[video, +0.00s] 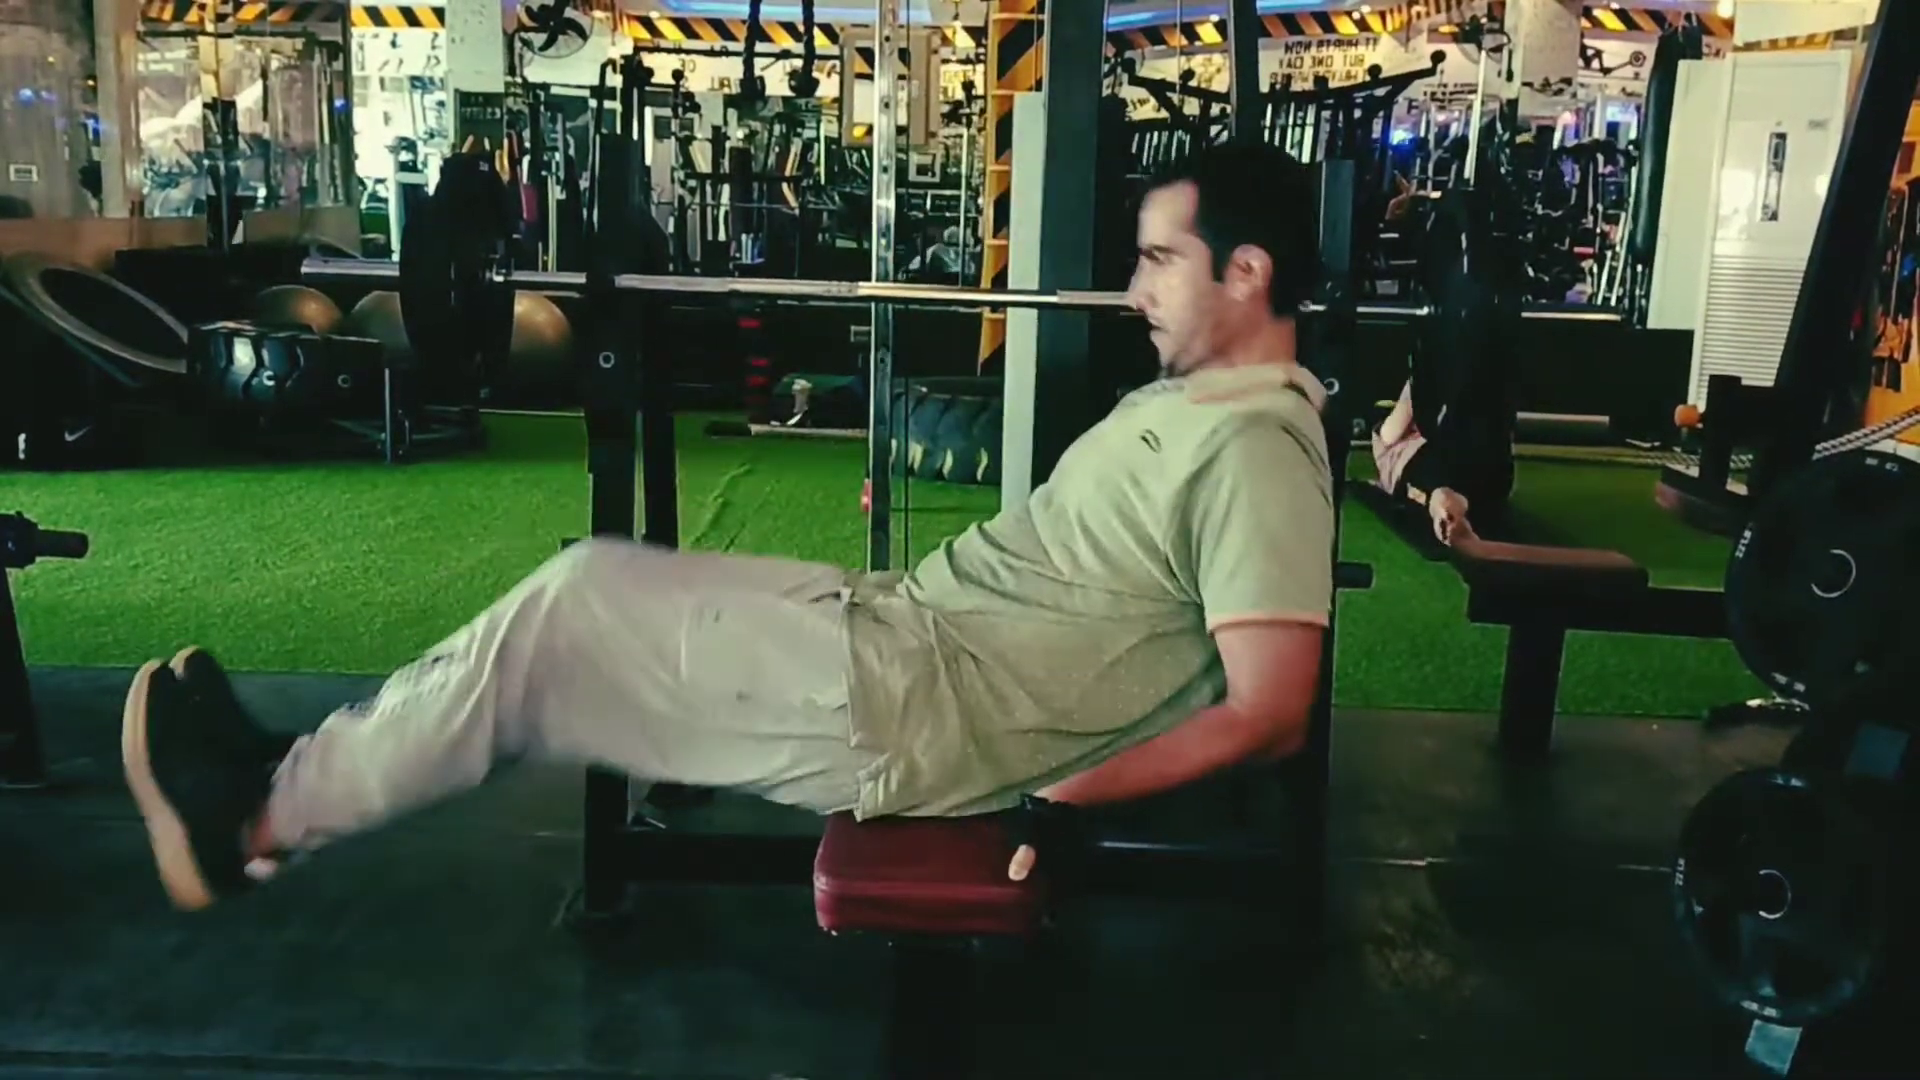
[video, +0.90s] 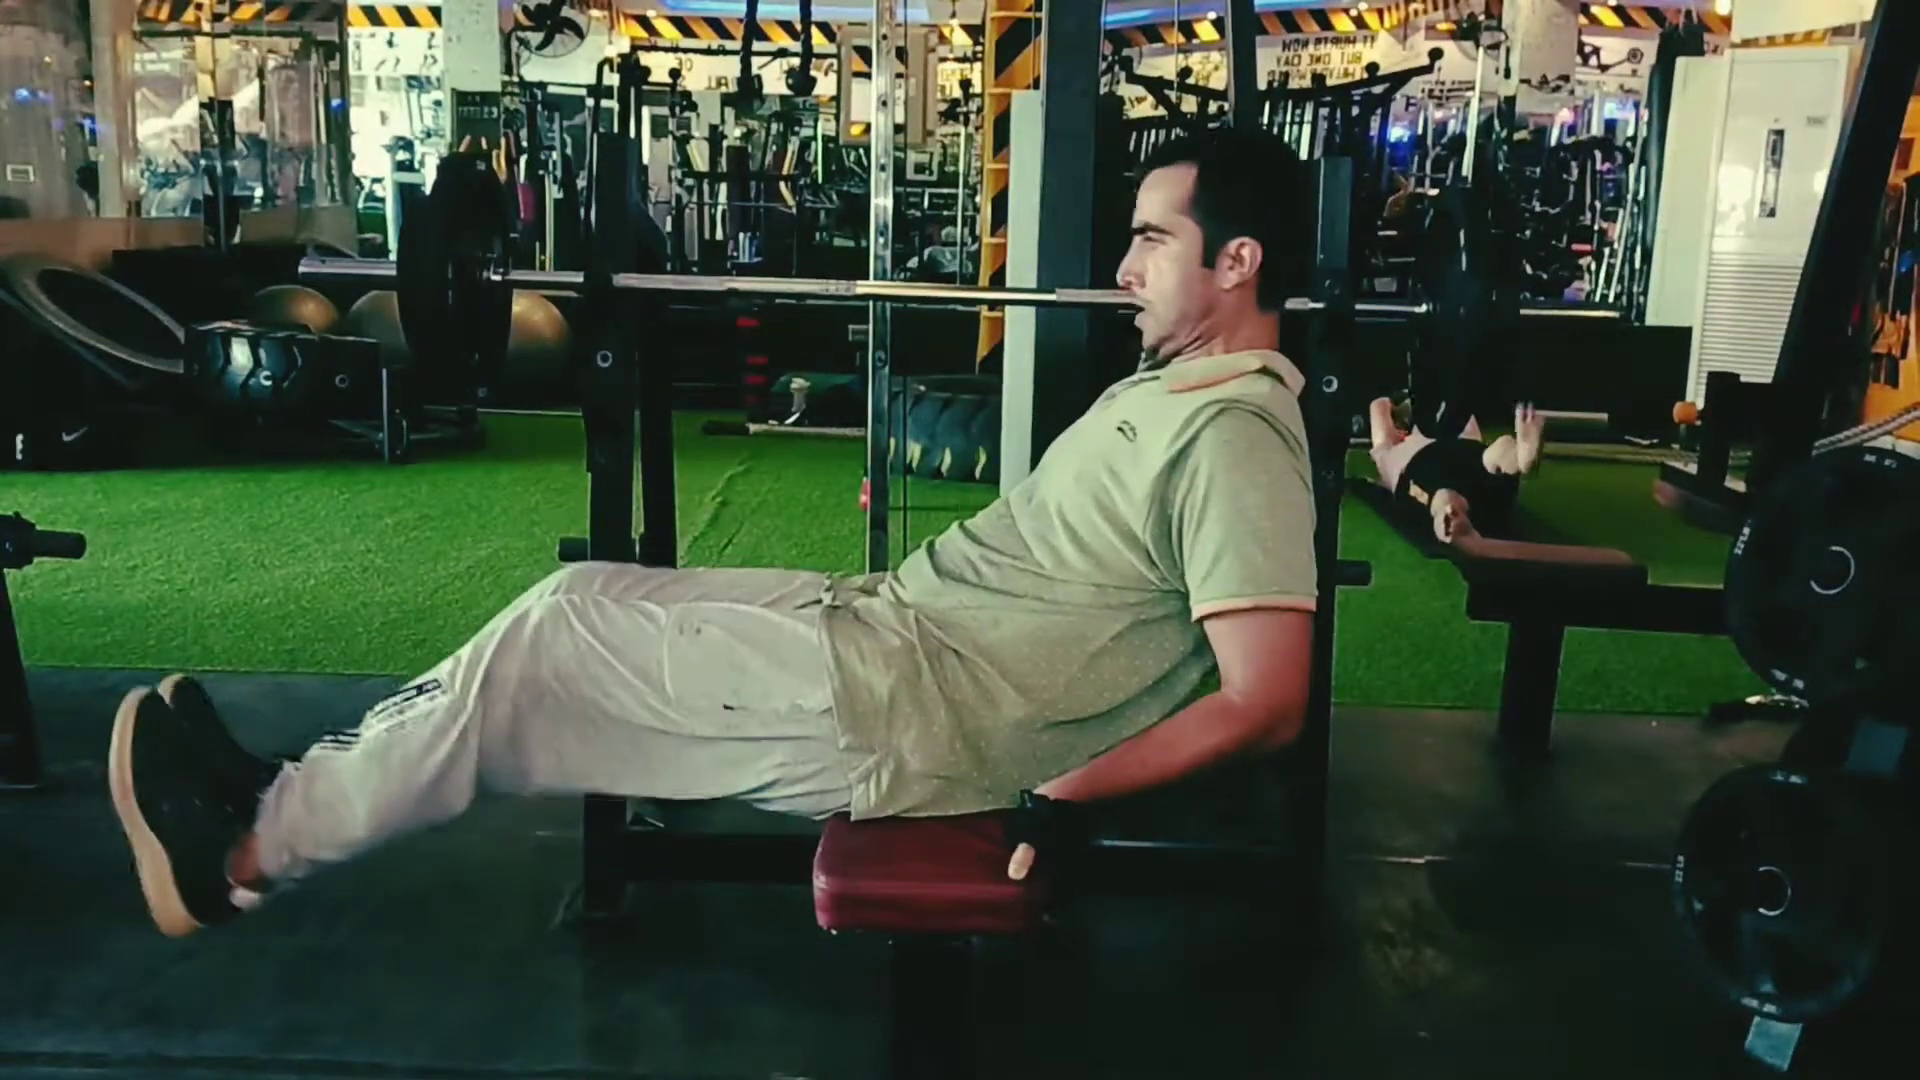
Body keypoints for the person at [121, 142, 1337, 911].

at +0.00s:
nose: (1138, 291)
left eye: (1160, 262)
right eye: (1141, 263)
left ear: (1251, 277)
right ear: (1239, 280)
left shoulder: (1257, 442)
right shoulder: (1194, 408)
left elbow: (1268, 713)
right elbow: (1193, 654)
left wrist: (1055, 798)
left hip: (926, 704)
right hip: (899, 630)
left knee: (565, 633)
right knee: (585, 582)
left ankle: (248, 836)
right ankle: (286, 792)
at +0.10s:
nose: (1085, 262)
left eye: (1105, 233)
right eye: (1086, 234)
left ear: (1196, 241)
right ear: (1174, 241)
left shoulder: (1225, 402)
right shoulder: (1166, 375)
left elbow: (1249, 679)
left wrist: (1054, 790)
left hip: (955, 705)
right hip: (928, 641)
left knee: (607, 544)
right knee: (612, 530)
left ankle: (307, 781)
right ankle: (327, 753)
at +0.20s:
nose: (989, 237)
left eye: (1007, 205)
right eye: (988, 208)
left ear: (1096, 207)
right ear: (1086, 207)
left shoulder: (1162, 368)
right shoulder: (1081, 345)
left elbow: (1222, 639)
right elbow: (1045, 552)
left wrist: (1042, 784)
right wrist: (901, 567)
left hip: (960, 720)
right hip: (924, 675)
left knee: (675, 444)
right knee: (664, 445)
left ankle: (397, 713)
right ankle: (402, 696)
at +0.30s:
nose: (889, 232)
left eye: (902, 197)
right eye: (886, 202)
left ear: (988, 197)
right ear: (984, 199)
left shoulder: (1079, 351)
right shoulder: (1021, 336)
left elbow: (1189, 613)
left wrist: (1029, 795)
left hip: (949, 727)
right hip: (919, 696)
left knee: (754, 381)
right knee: (736, 382)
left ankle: (477, 642)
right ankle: (483, 615)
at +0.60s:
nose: (946, 232)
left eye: (963, 201)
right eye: (948, 204)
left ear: (1056, 207)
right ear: (1048, 210)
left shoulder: (1114, 373)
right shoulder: (1062, 347)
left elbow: (1221, 635)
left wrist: (1035, 785)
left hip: (934, 723)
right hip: (907, 661)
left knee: (633, 463)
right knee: (653, 436)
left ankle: (360, 738)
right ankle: (383, 699)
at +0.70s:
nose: (1044, 254)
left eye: (1063, 224)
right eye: (1044, 225)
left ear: (1150, 235)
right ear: (1132, 236)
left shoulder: (1179, 406)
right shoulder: (1126, 368)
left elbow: (1253, 670)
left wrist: (1058, 788)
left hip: (924, 706)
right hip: (896, 640)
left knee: (568, 552)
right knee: (578, 534)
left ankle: (262, 798)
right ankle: (292, 752)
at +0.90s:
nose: (1126, 267)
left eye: (1151, 241)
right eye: (1131, 241)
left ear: (1239, 264)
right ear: (1224, 269)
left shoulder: (1236, 416)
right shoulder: (1187, 393)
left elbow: (1267, 697)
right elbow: (1198, 644)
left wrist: (1058, 793)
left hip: (923, 702)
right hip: (891, 628)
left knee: (546, 657)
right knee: (574, 597)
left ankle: (235, 863)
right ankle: (284, 810)